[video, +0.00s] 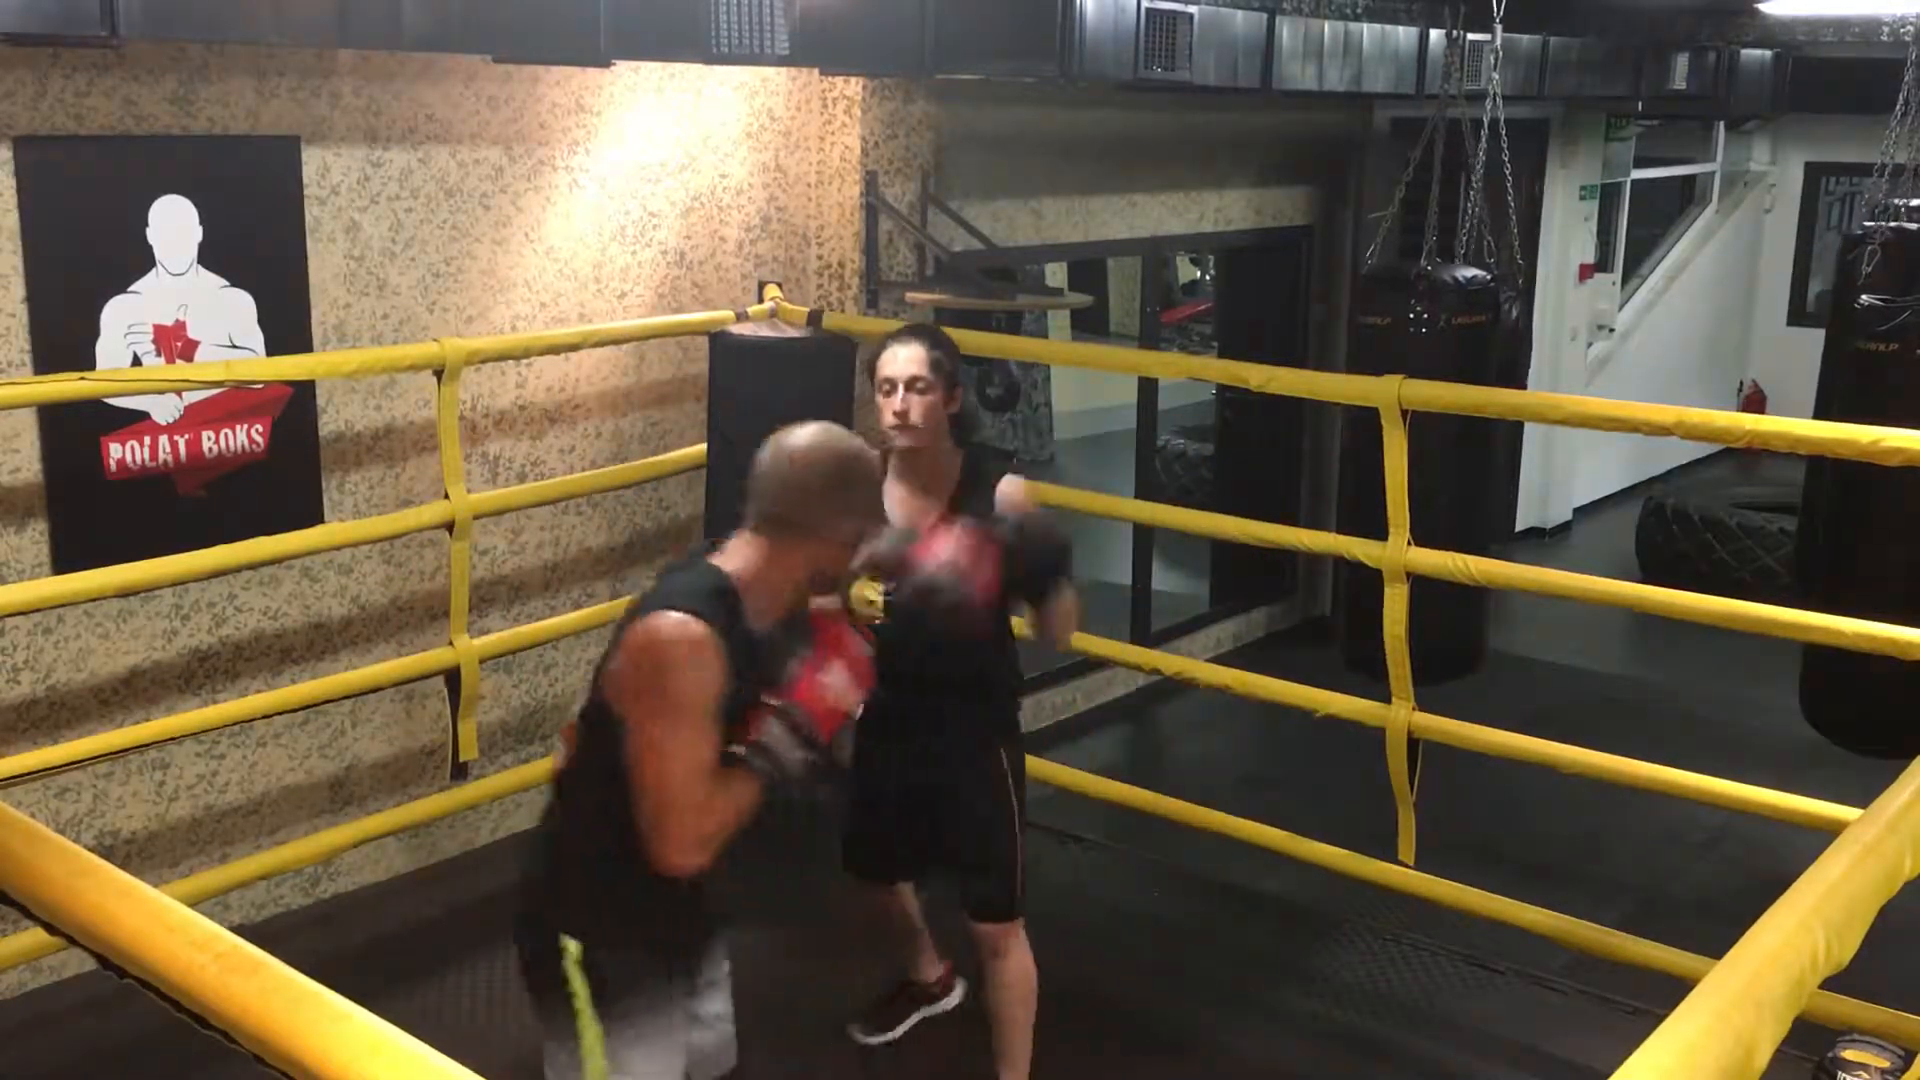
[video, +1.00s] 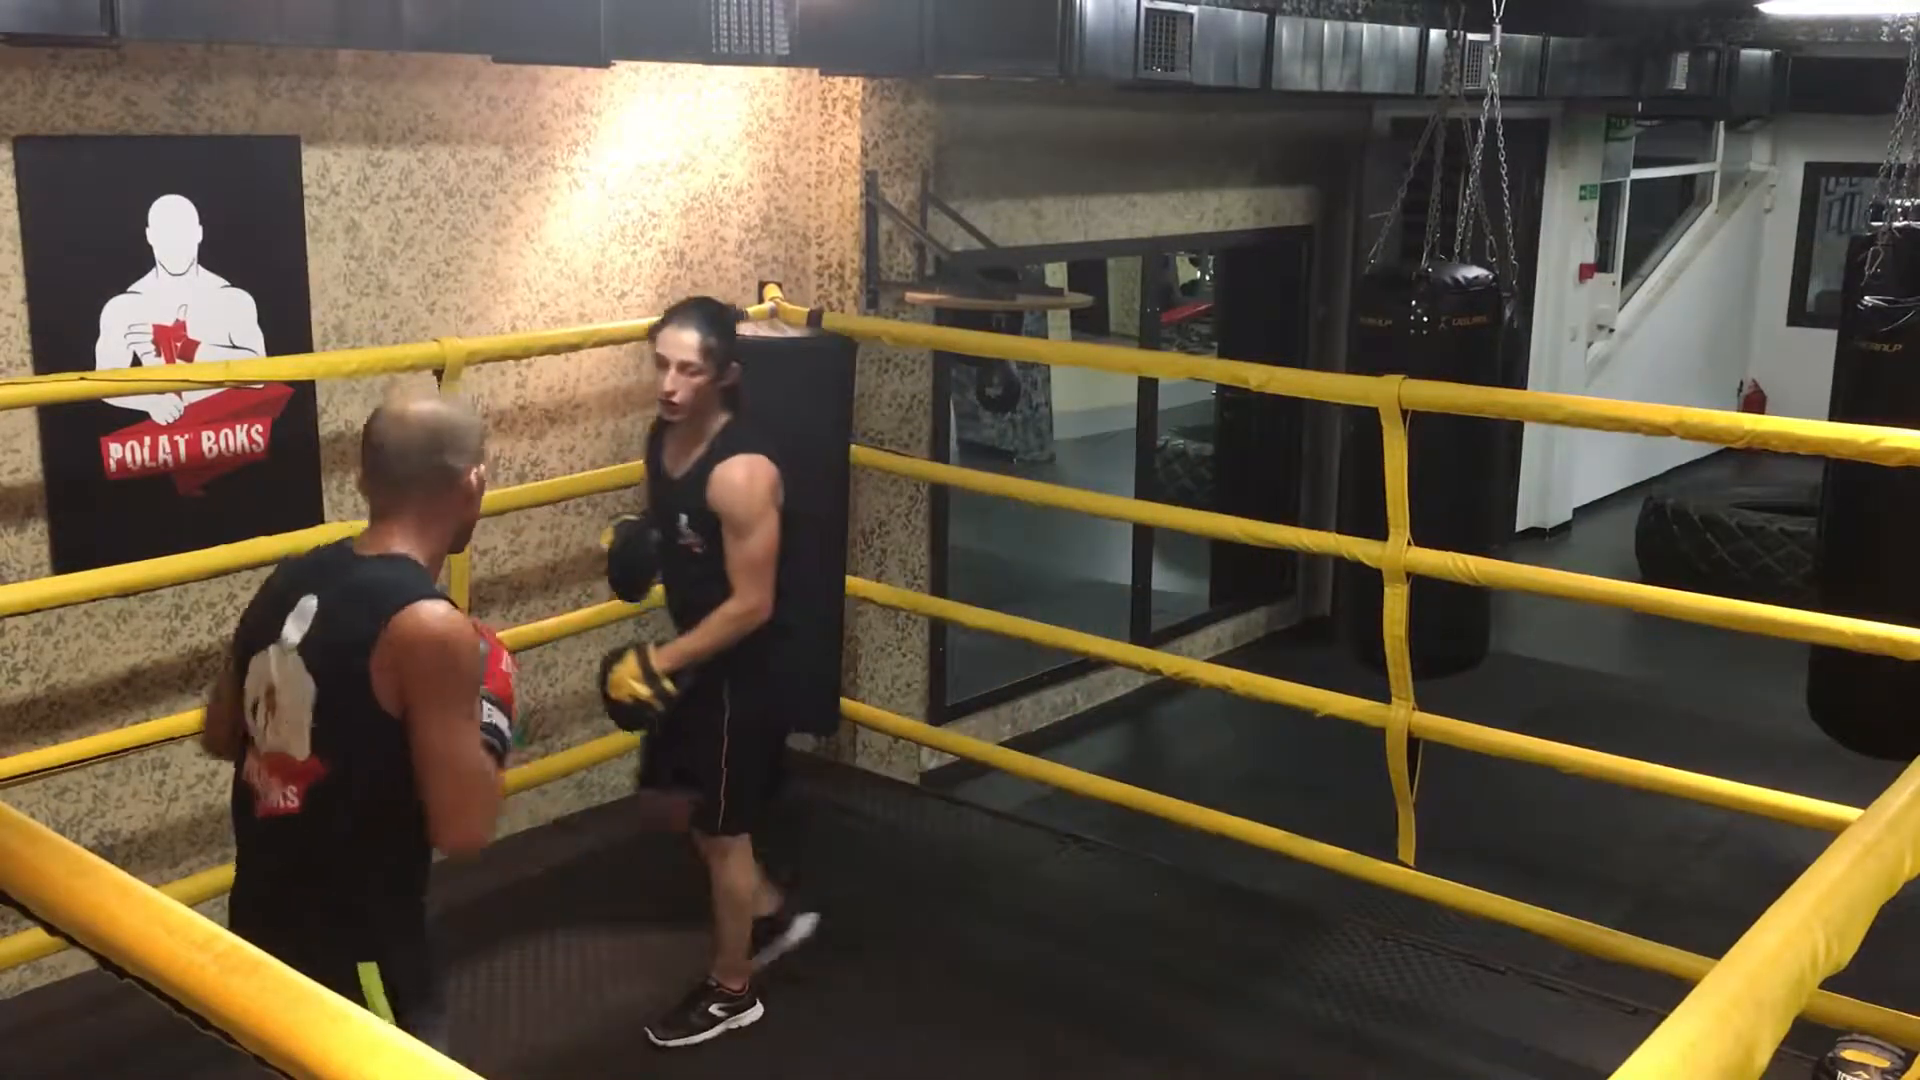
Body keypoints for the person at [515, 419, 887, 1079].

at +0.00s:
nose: (863, 557)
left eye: (867, 540)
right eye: (861, 539)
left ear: (771, 508)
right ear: (831, 537)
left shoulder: (767, 610)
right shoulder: (676, 634)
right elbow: (679, 839)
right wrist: (799, 721)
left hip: (689, 924)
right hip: (608, 954)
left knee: (709, 1063)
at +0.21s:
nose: (732, 512)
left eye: (733, 496)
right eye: (730, 496)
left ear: (629, 485)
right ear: (697, 506)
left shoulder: (610, 584)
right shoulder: (555, 633)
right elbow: (618, 825)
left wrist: (683, 749)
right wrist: (699, 698)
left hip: (600, 911)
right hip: (512, 942)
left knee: (644, 1041)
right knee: (518, 1070)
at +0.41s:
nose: (605, 514)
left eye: (607, 497)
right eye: (607, 498)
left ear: (495, 484)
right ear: (583, 505)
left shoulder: (417, 562)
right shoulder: (484, 653)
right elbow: (548, 806)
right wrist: (586, 674)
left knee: (536, 1053)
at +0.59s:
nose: (537, 463)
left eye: (538, 445)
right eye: (536, 445)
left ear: (432, 442)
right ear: (515, 453)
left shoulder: (354, 540)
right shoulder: (432, 596)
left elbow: (365, 709)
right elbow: (469, 786)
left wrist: (486, 637)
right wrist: (543, 672)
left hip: (318, 888)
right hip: (400, 910)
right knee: (460, 1060)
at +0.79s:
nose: (487, 478)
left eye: (485, 460)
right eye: (486, 460)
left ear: (378, 471)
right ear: (472, 468)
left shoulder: (327, 565)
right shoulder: (419, 605)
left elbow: (334, 734)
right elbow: (411, 804)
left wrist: (468, 719)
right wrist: (523, 753)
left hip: (289, 897)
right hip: (357, 915)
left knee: (323, 1060)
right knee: (430, 1068)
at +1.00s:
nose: (486, 488)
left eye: (482, 472)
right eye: (485, 475)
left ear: (366, 479)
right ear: (471, 486)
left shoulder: (291, 579)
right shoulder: (431, 631)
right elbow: (462, 828)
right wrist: (493, 711)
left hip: (265, 939)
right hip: (367, 961)